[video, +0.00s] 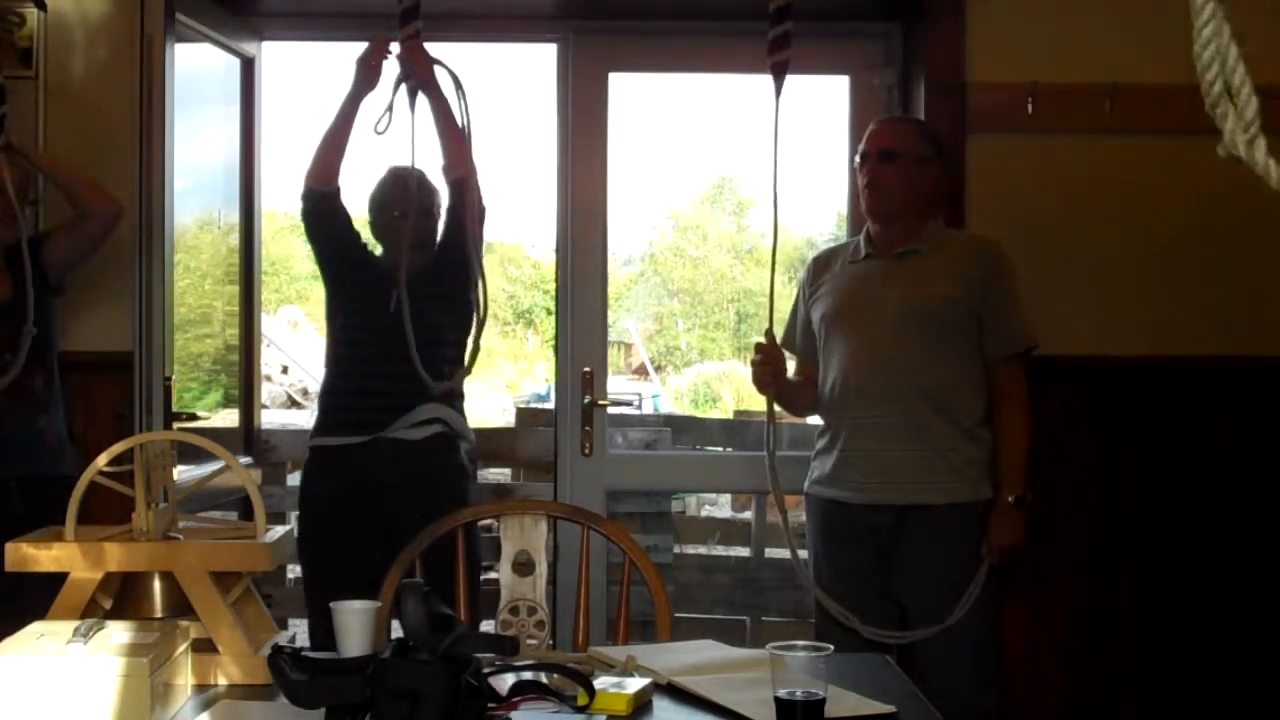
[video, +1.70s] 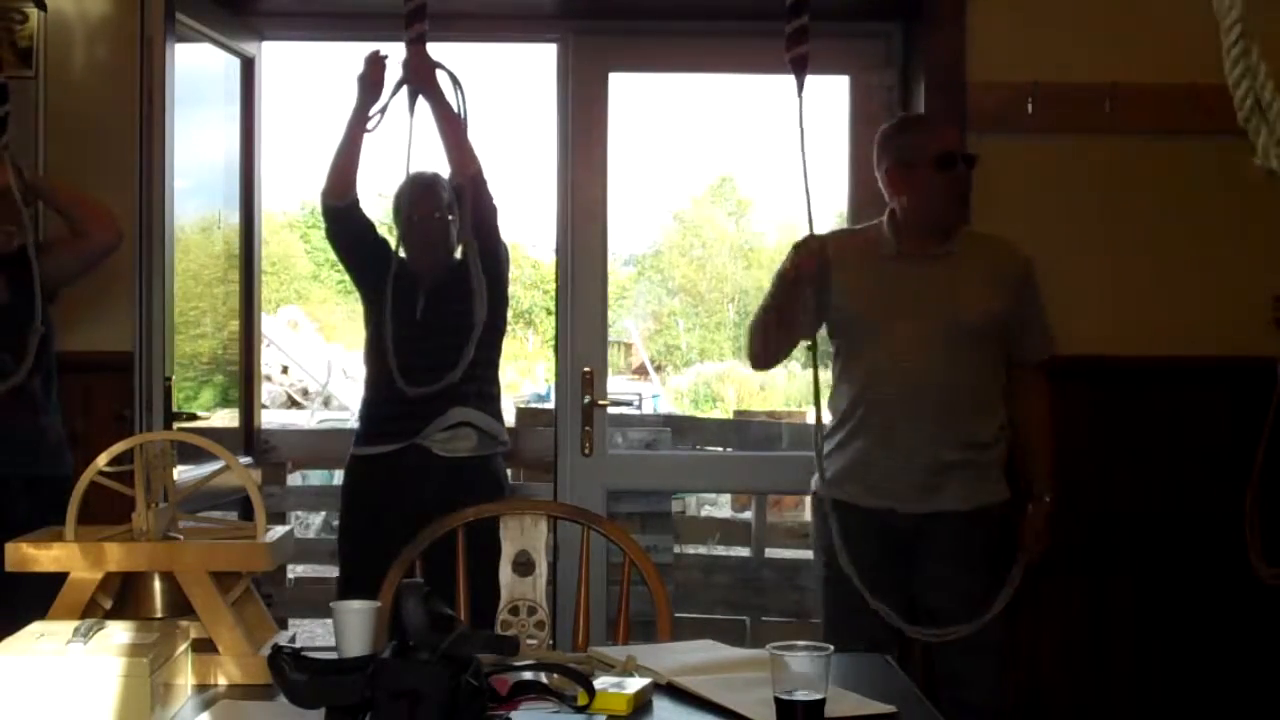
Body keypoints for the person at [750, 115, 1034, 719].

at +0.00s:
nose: (867, 169)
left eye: (887, 158)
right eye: (862, 159)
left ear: (930, 176)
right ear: (853, 174)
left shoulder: (976, 262)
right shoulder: (824, 269)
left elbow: (1010, 387)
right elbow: (813, 394)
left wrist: (1010, 500)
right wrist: (778, 386)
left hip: (947, 511)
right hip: (841, 508)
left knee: (950, 684)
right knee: (850, 680)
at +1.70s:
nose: (966, 176)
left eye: (966, 164)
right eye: (949, 165)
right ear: (894, 179)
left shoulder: (1000, 265)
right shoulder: (834, 259)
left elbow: (1031, 388)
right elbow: (763, 353)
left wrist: (1040, 496)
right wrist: (789, 280)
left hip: (970, 508)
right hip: (859, 506)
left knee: (969, 685)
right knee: (862, 681)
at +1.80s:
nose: (971, 172)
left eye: (971, 160)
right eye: (951, 160)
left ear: (977, 170)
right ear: (899, 178)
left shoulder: (1009, 262)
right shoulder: (851, 251)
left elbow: (1038, 384)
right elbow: (751, 301)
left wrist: (1053, 488)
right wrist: (797, 208)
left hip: (977, 509)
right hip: (868, 508)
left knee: (973, 686)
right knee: (864, 683)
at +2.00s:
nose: (960, 170)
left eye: (968, 158)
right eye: (942, 157)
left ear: (981, 169)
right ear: (903, 173)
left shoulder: (1016, 264)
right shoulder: (867, 245)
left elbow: (1046, 388)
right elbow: (757, 200)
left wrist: (1036, 494)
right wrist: (808, 90)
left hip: (977, 502)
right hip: (868, 502)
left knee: (977, 678)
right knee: (871, 675)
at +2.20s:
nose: (939, 167)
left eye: (953, 154)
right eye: (922, 153)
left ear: (969, 169)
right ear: (892, 170)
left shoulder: (1006, 261)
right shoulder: (857, 241)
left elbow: (1035, 388)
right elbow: (781, 159)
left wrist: (1005, 470)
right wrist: (812, 50)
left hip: (969, 505)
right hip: (861, 499)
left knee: (971, 675)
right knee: (866, 673)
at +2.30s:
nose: (929, 165)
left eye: (944, 154)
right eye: (912, 153)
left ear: (963, 169)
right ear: (884, 172)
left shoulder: (994, 259)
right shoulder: (851, 239)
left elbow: (1025, 365)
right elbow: (780, 163)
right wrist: (812, 56)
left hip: (957, 490)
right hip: (855, 486)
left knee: (961, 667)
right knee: (862, 665)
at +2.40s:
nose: (919, 170)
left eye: (934, 155)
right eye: (900, 156)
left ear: (956, 166)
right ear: (873, 176)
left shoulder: (980, 242)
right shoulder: (847, 233)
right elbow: (783, 165)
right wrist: (801, 70)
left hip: (947, 476)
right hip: (847, 470)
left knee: (952, 652)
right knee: (853, 651)